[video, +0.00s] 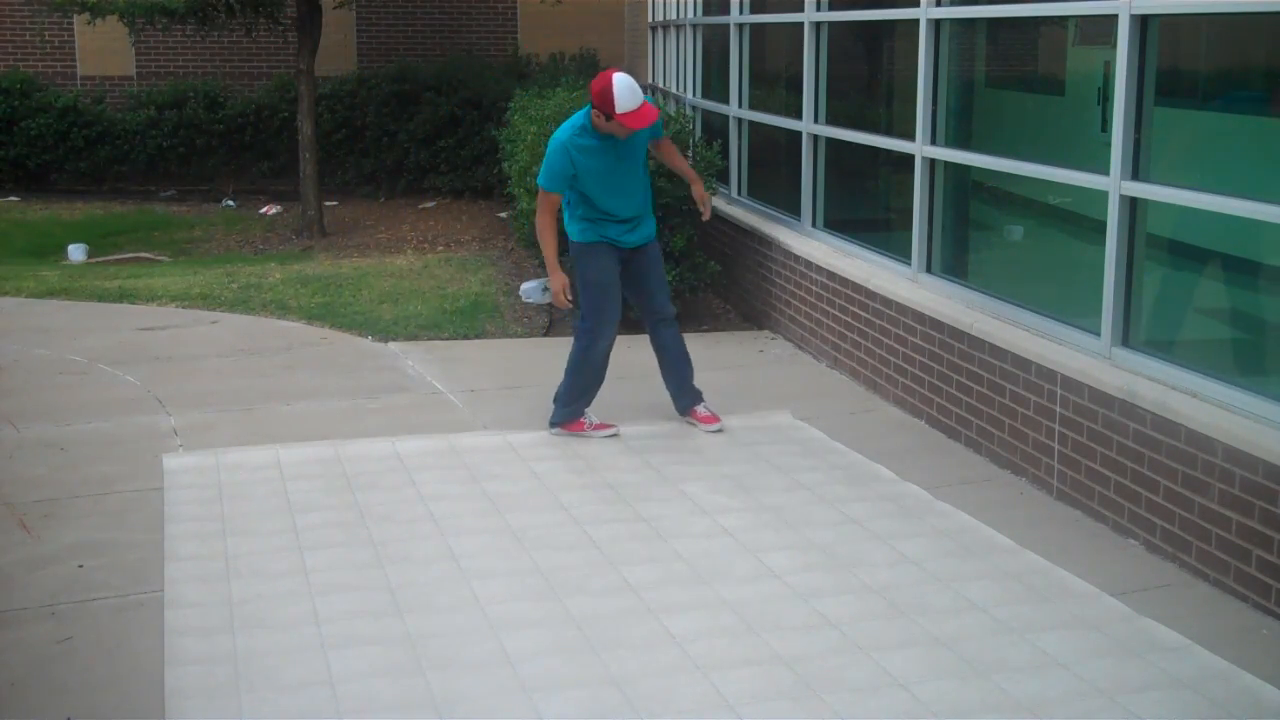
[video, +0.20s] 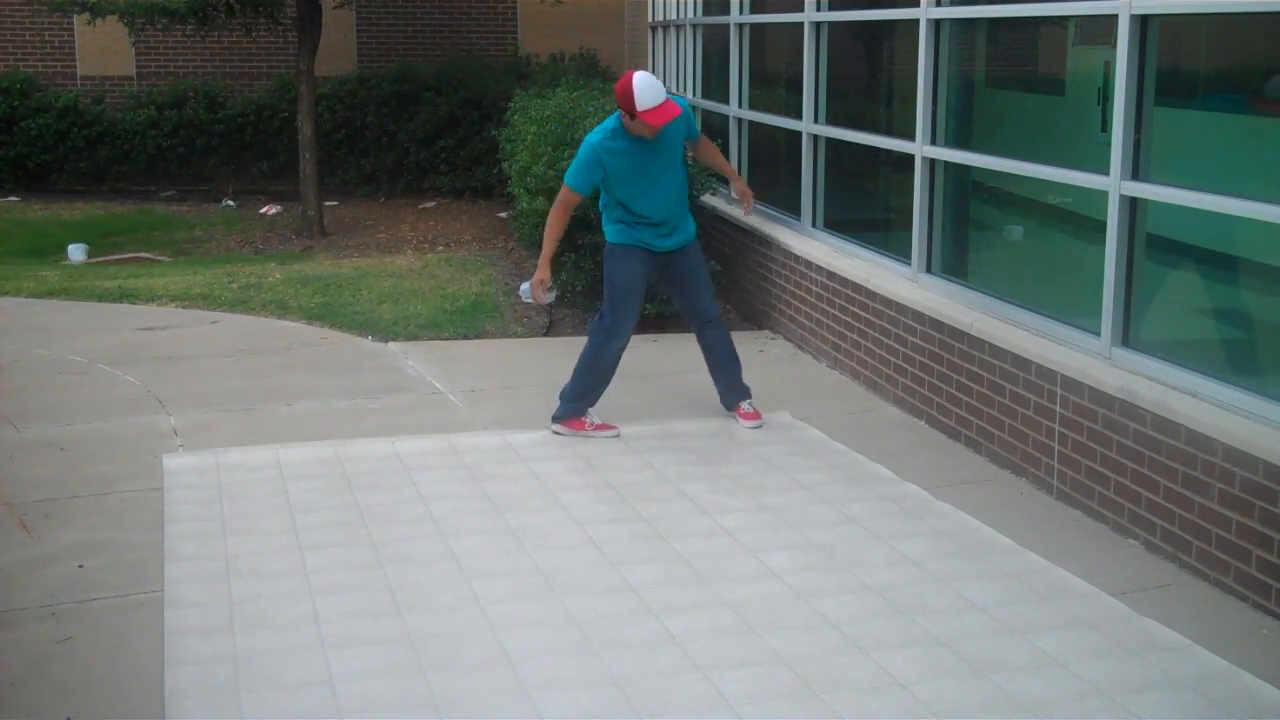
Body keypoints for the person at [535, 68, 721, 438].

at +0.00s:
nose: (633, 129)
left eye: (636, 121)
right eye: (627, 124)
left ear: (642, 107)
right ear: (600, 116)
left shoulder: (640, 116)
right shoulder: (565, 144)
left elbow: (660, 143)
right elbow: (546, 210)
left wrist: (694, 180)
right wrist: (554, 270)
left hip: (641, 235)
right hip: (593, 240)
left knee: (662, 317)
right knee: (599, 325)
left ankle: (690, 402)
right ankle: (567, 414)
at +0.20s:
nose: (658, 126)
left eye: (660, 117)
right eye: (650, 121)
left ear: (665, 104)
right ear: (626, 115)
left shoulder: (676, 111)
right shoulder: (598, 146)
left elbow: (699, 144)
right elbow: (563, 206)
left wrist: (734, 177)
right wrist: (543, 264)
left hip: (679, 235)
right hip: (629, 242)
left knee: (707, 317)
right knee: (616, 326)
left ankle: (737, 399)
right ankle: (570, 412)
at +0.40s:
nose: (718, 118)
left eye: (722, 110)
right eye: (711, 111)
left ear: (727, 100)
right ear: (688, 101)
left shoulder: (727, 117)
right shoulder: (656, 136)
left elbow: (732, 150)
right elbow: (620, 190)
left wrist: (756, 186)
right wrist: (592, 245)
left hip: (717, 235)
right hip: (666, 239)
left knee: (737, 319)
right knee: (644, 321)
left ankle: (738, 399)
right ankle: (595, 401)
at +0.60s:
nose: (750, 96)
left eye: (757, 89)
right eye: (742, 87)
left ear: (764, 84)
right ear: (722, 78)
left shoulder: (761, 106)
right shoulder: (688, 116)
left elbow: (753, 149)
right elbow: (653, 171)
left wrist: (762, 192)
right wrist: (659, 235)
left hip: (738, 228)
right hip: (692, 230)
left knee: (745, 315)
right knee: (698, 316)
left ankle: (739, 399)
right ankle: (671, 394)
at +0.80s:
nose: (752, 83)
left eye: (761, 75)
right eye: (745, 72)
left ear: (769, 75)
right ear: (729, 66)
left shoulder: (774, 108)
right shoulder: (696, 106)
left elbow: (777, 161)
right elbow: (661, 162)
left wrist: (789, 218)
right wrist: (667, 224)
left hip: (747, 227)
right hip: (700, 227)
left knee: (747, 314)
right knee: (722, 314)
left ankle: (740, 397)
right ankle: (706, 389)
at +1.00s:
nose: (732, 72)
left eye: (741, 64)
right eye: (725, 63)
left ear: (756, 65)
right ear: (716, 63)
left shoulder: (778, 108)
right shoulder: (691, 99)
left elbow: (789, 173)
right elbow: (666, 157)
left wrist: (795, 234)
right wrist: (657, 215)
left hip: (747, 231)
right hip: (694, 226)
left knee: (743, 319)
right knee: (690, 314)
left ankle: (739, 397)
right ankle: (699, 386)